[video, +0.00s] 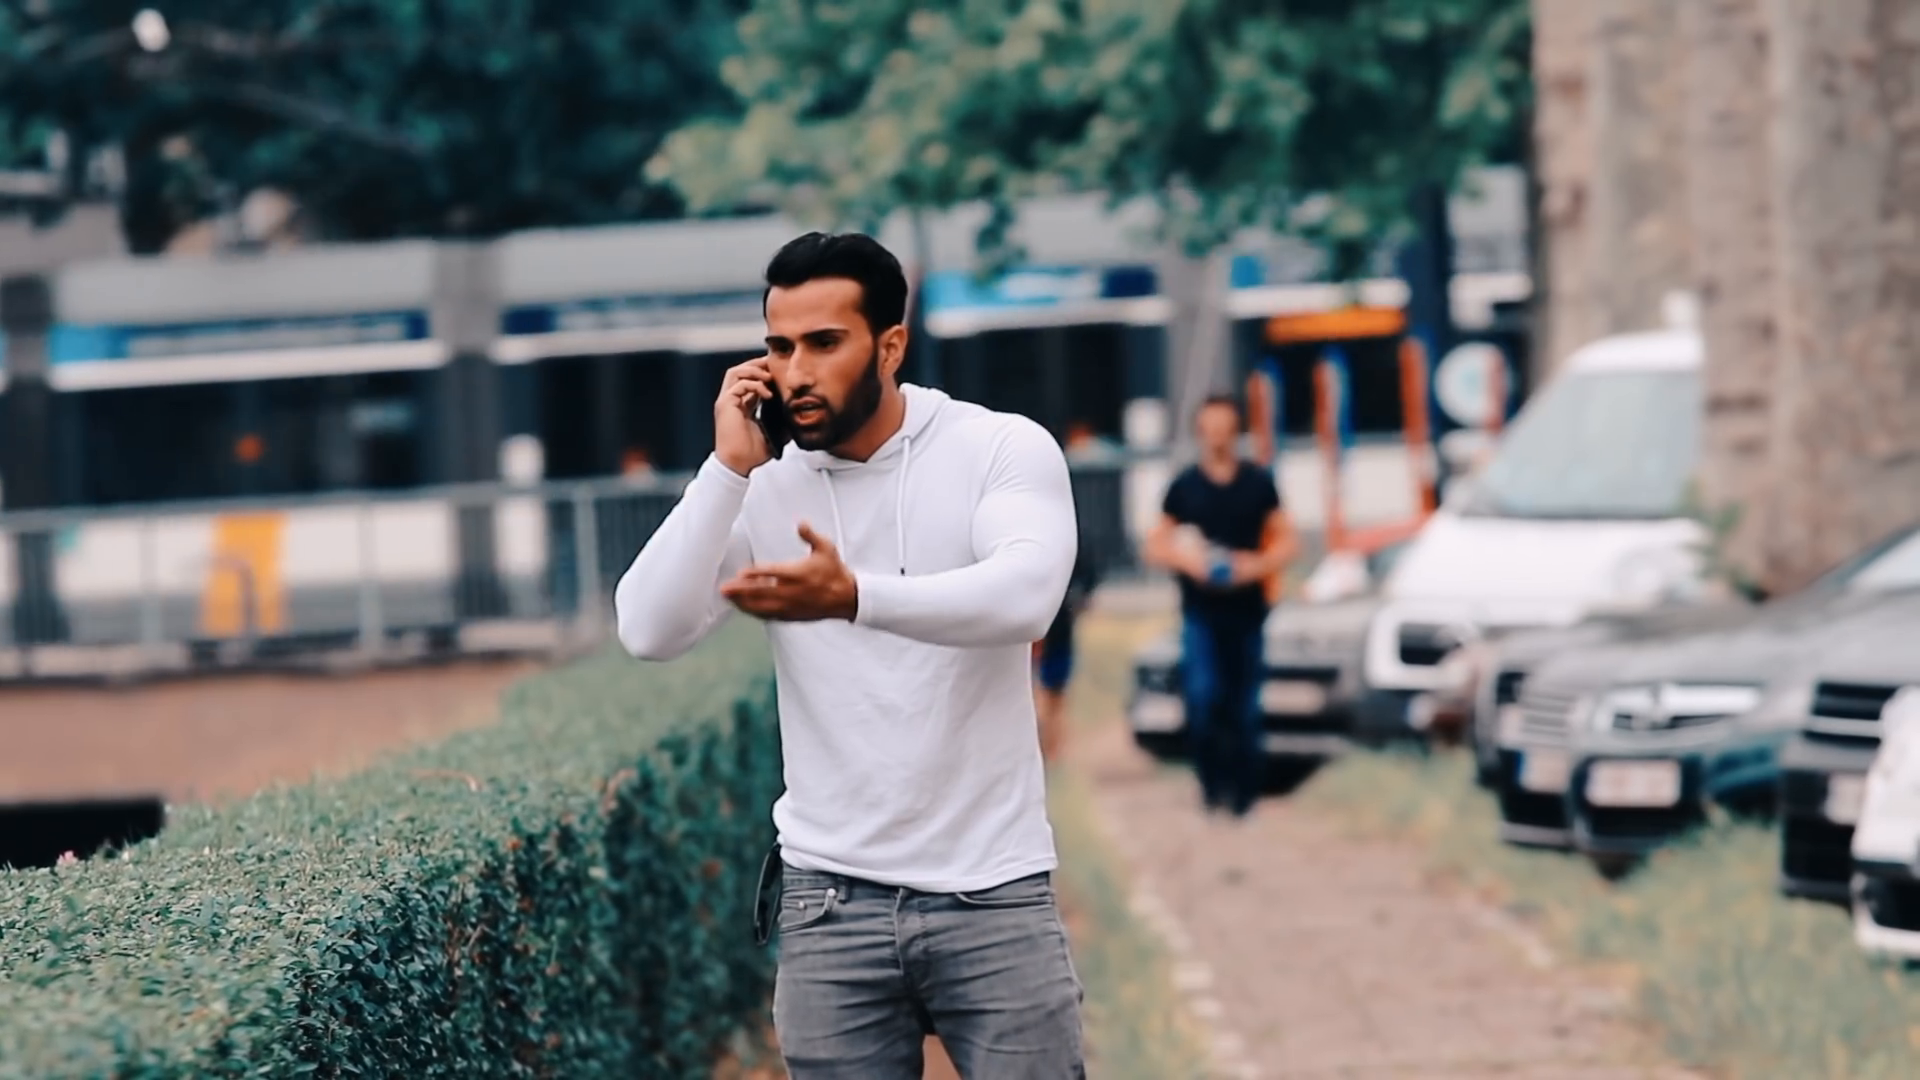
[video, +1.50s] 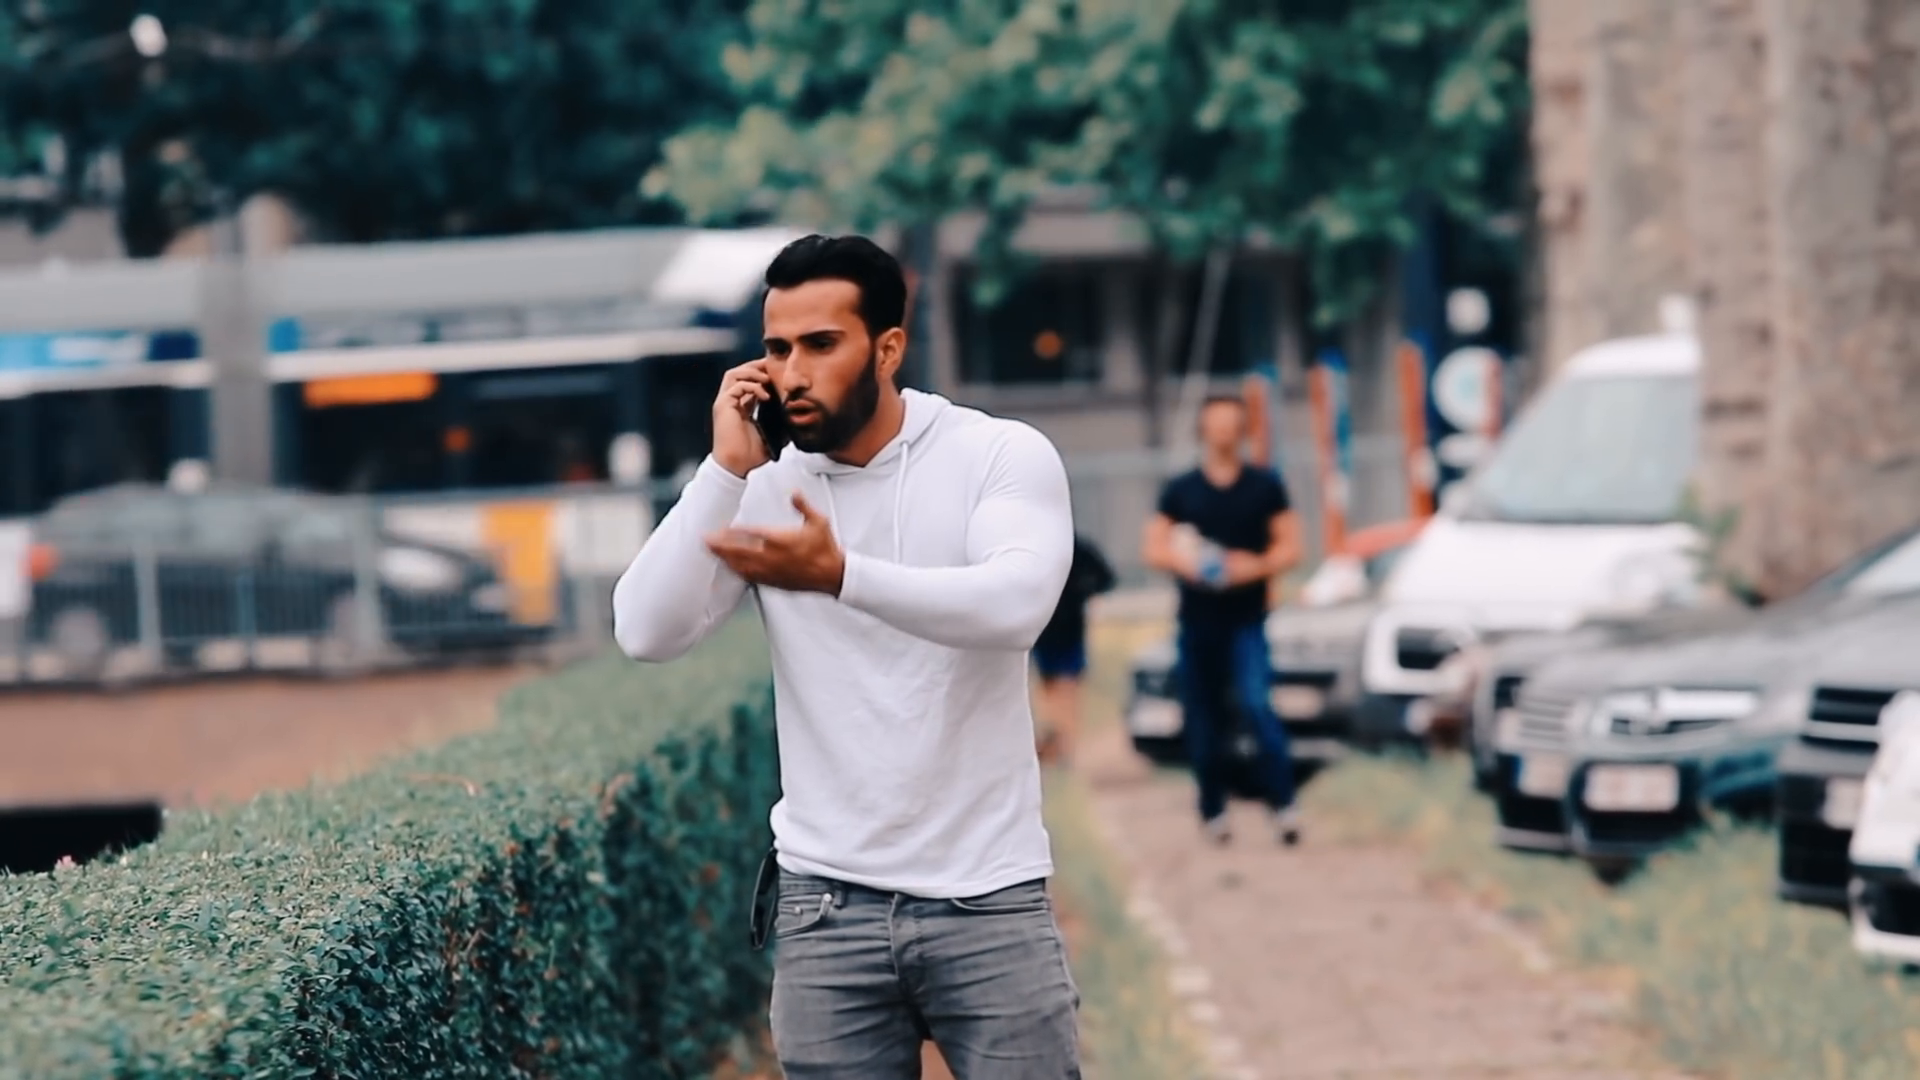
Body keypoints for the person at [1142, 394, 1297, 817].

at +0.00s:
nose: (1217, 438)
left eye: (1224, 429)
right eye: (1210, 429)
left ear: (1236, 431)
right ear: (1199, 431)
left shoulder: (1258, 483)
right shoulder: (1186, 485)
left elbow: (1285, 541)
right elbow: (1158, 544)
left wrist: (1253, 565)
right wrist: (1191, 562)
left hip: (1247, 605)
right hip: (1202, 605)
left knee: (1244, 699)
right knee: (1203, 694)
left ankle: (1245, 787)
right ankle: (1213, 785)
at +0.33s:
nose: (1202, 443)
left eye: (1209, 434)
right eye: (1194, 435)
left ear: (1221, 436)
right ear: (1183, 437)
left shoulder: (1246, 492)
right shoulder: (1170, 495)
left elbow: (1270, 551)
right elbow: (1144, 554)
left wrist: (1241, 572)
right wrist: (1184, 568)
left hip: (1237, 613)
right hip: (1191, 614)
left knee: (1243, 704)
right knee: (1203, 706)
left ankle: (1248, 786)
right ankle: (1213, 796)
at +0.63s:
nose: (1211, 441)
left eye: (1218, 433)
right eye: (1203, 433)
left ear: (1229, 434)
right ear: (1190, 434)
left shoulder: (1249, 487)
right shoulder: (1174, 492)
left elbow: (1274, 544)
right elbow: (1148, 550)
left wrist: (1248, 571)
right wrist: (1188, 565)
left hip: (1237, 609)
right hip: (1193, 611)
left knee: (1236, 698)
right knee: (1200, 704)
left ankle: (1246, 786)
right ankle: (1214, 794)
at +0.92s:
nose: (1215, 425)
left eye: (1223, 418)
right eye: (1207, 417)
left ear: (1234, 420)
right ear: (1193, 419)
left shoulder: (1253, 475)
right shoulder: (1176, 476)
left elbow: (1278, 536)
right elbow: (1149, 538)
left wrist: (1243, 558)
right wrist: (1186, 553)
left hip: (1243, 604)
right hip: (1196, 604)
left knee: (1239, 700)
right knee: (1200, 695)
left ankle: (1238, 790)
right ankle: (1211, 784)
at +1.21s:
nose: (1216, 440)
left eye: (1223, 431)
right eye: (1207, 432)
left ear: (1232, 434)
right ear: (1193, 434)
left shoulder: (1255, 489)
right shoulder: (1176, 493)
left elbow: (1284, 546)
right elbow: (1150, 555)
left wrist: (1251, 573)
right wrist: (1189, 569)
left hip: (1245, 610)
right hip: (1199, 612)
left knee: (1246, 705)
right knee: (1212, 705)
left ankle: (1244, 798)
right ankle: (1217, 806)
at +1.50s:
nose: (1224, 435)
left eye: (1231, 427)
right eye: (1216, 427)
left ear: (1242, 430)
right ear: (1202, 430)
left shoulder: (1264, 486)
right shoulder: (1182, 489)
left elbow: (1289, 548)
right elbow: (1155, 548)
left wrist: (1250, 565)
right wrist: (1188, 562)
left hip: (1245, 617)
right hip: (1198, 618)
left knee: (1253, 703)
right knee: (1203, 714)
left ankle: (1283, 802)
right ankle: (1212, 810)